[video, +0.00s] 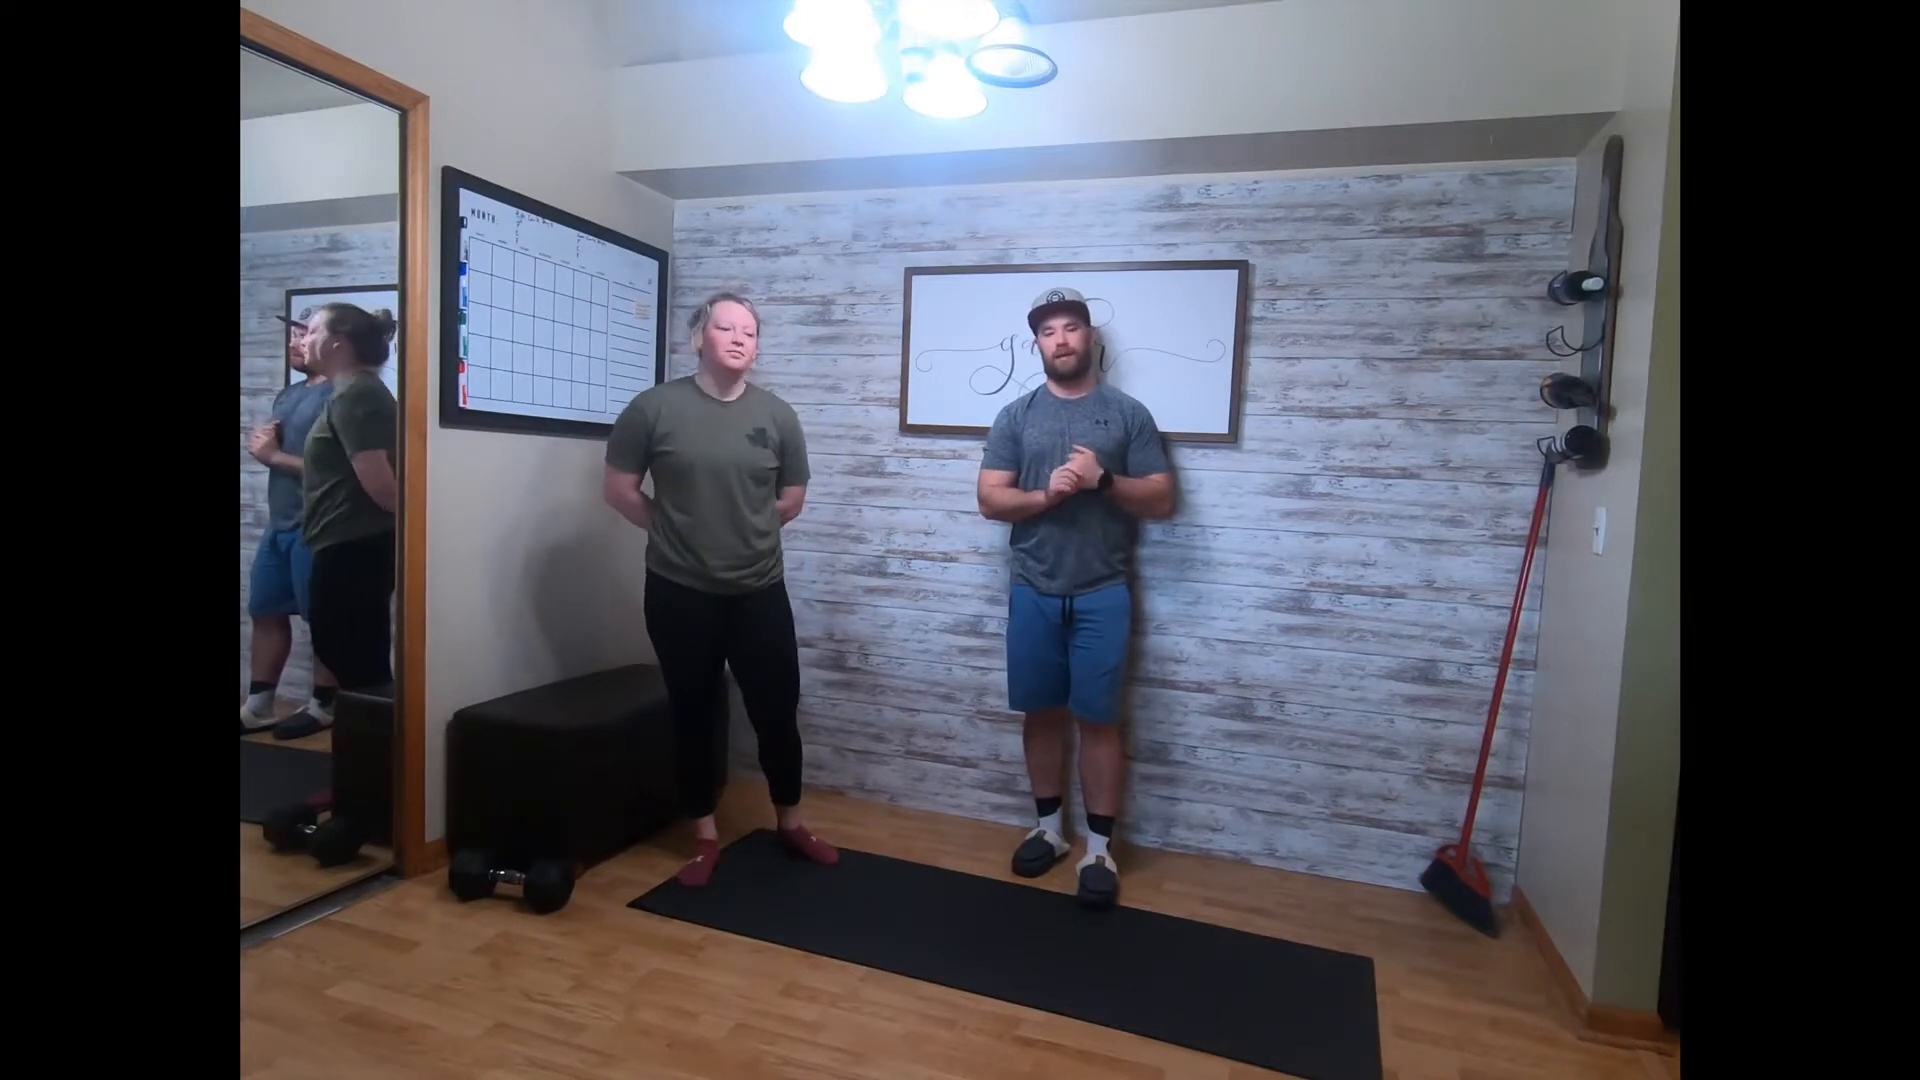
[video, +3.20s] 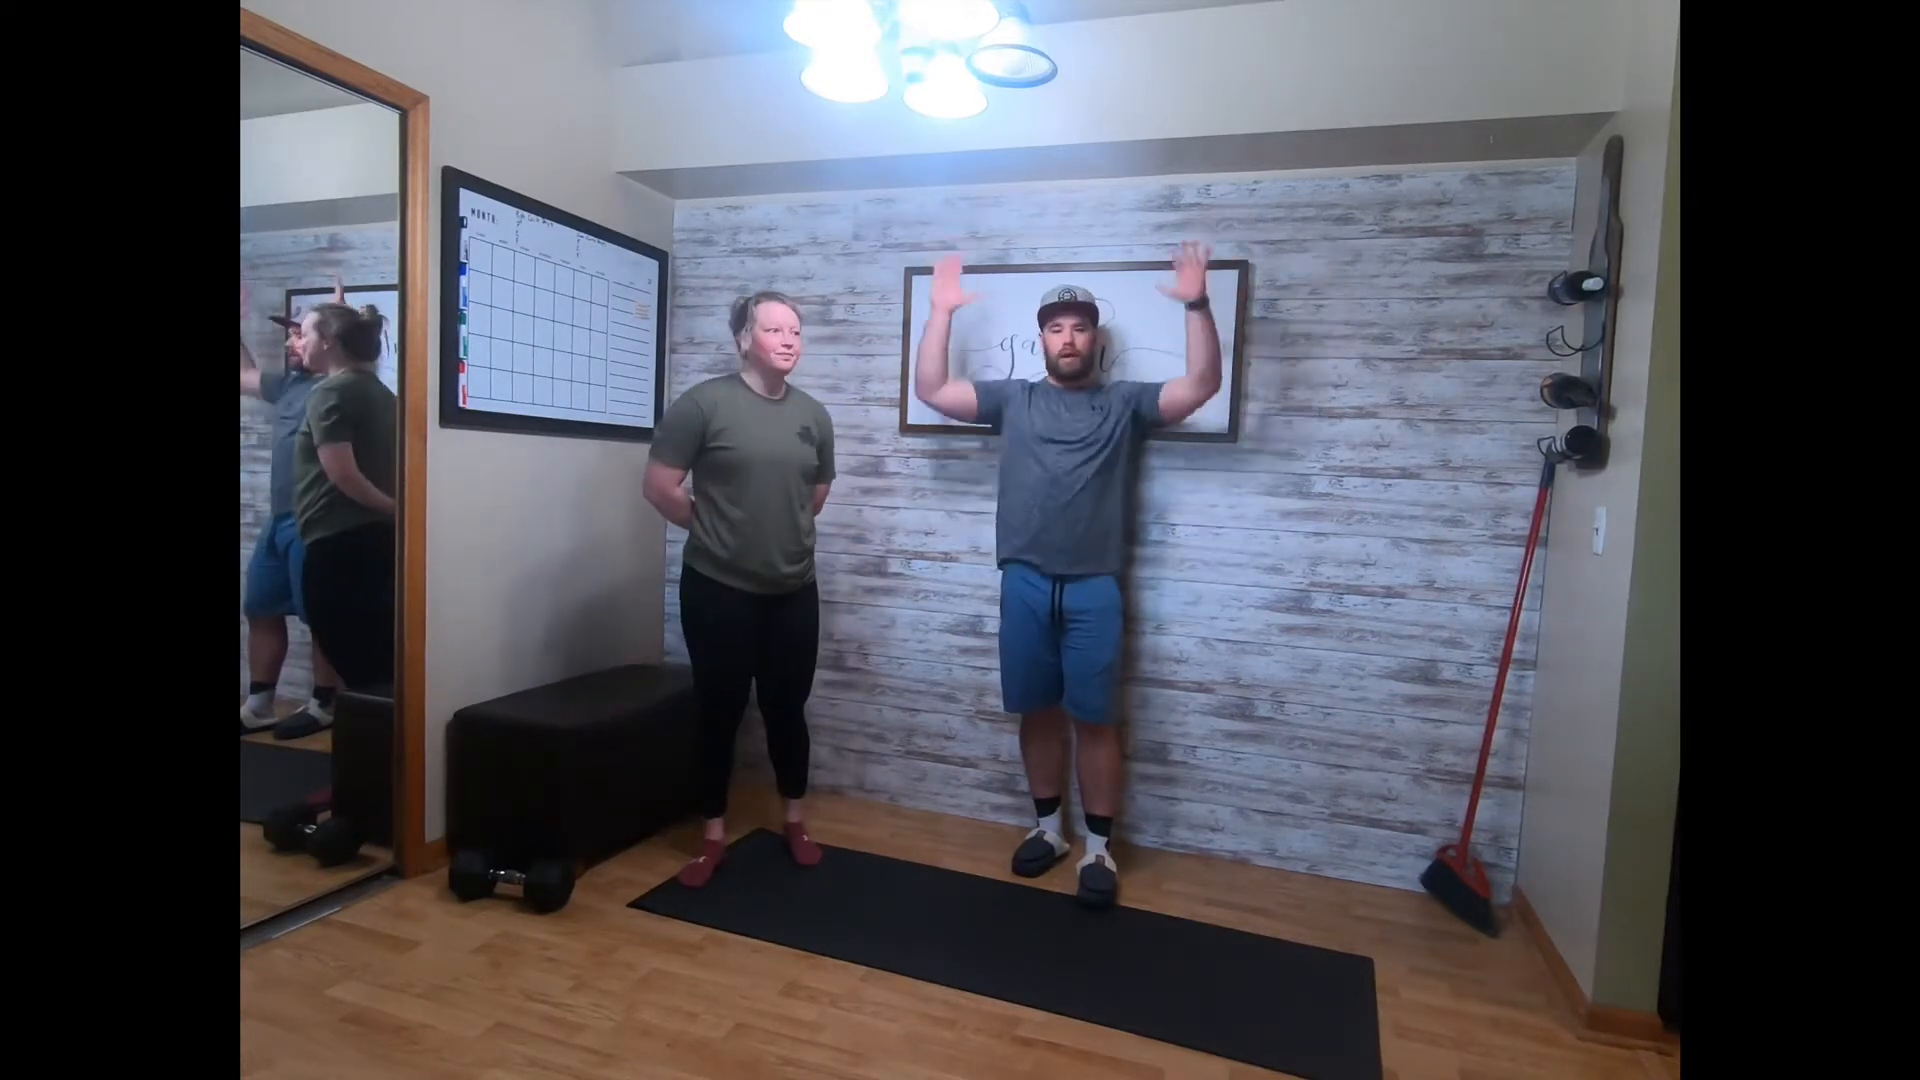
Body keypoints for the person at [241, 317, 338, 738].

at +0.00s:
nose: (297, 339)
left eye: (306, 332)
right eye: (297, 332)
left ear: (328, 344)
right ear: (298, 344)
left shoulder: (335, 396)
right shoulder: (288, 395)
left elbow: (328, 467)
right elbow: (285, 449)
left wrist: (273, 454)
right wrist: (267, 444)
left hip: (315, 528)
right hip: (279, 526)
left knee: (321, 620)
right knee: (267, 612)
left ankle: (324, 706)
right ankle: (260, 703)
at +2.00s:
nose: (293, 338)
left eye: (304, 333)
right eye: (295, 332)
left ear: (327, 346)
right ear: (299, 343)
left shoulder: (338, 397)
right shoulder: (288, 396)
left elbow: (337, 464)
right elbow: (280, 444)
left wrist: (274, 462)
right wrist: (264, 442)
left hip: (317, 523)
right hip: (278, 524)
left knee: (322, 617)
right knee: (264, 610)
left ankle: (324, 706)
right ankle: (259, 704)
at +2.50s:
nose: (294, 339)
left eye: (304, 332)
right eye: (295, 333)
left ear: (326, 342)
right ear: (299, 344)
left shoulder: (343, 392)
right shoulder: (294, 394)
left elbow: (346, 447)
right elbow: (276, 446)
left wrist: (317, 412)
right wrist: (248, 413)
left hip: (317, 523)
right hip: (276, 523)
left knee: (321, 617)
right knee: (260, 608)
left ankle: (324, 706)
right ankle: (259, 704)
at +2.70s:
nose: (300, 344)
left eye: (310, 336)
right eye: (300, 337)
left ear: (334, 344)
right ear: (301, 345)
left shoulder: (347, 394)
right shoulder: (293, 391)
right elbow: (254, 411)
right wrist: (242, 371)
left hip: (319, 527)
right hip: (279, 525)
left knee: (321, 619)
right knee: (261, 609)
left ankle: (325, 706)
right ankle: (259, 703)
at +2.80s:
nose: (298, 342)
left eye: (308, 336)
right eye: (297, 335)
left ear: (331, 344)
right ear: (296, 343)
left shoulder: (347, 391)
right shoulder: (289, 386)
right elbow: (250, 384)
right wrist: (238, 346)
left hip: (322, 528)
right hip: (280, 523)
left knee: (322, 621)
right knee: (264, 609)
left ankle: (324, 705)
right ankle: (259, 703)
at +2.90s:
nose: (296, 340)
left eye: (305, 333)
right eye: (296, 332)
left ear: (329, 341)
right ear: (296, 341)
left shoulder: (340, 385)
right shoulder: (290, 379)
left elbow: (351, 345)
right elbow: (253, 355)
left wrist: (340, 299)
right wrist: (238, 324)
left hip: (322, 522)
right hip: (283, 519)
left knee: (322, 618)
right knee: (264, 609)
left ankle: (324, 705)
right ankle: (259, 702)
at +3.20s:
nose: (291, 340)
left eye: (301, 332)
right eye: (292, 333)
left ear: (327, 340)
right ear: (294, 342)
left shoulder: (338, 386)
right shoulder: (287, 381)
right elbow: (246, 375)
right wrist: (240, 328)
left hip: (318, 524)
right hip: (280, 521)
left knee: (321, 620)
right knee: (262, 609)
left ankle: (324, 705)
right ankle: (259, 703)